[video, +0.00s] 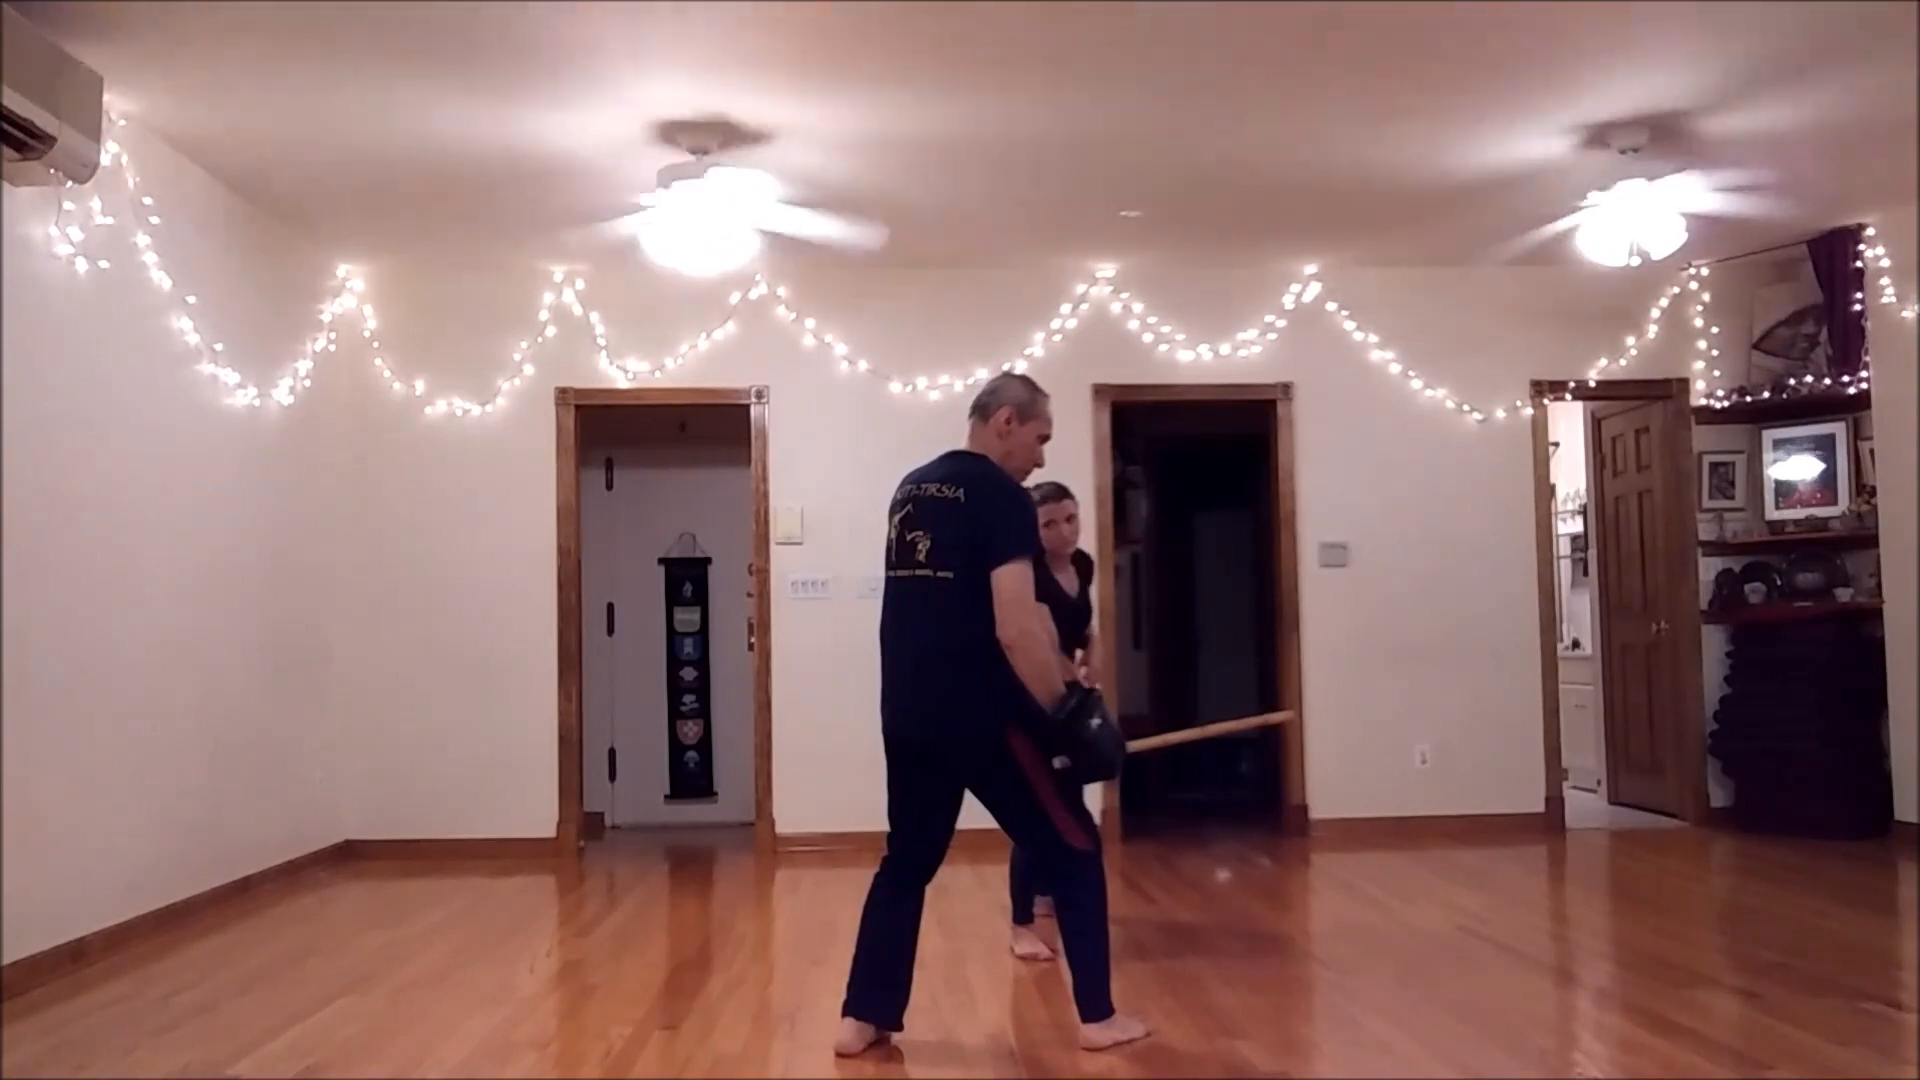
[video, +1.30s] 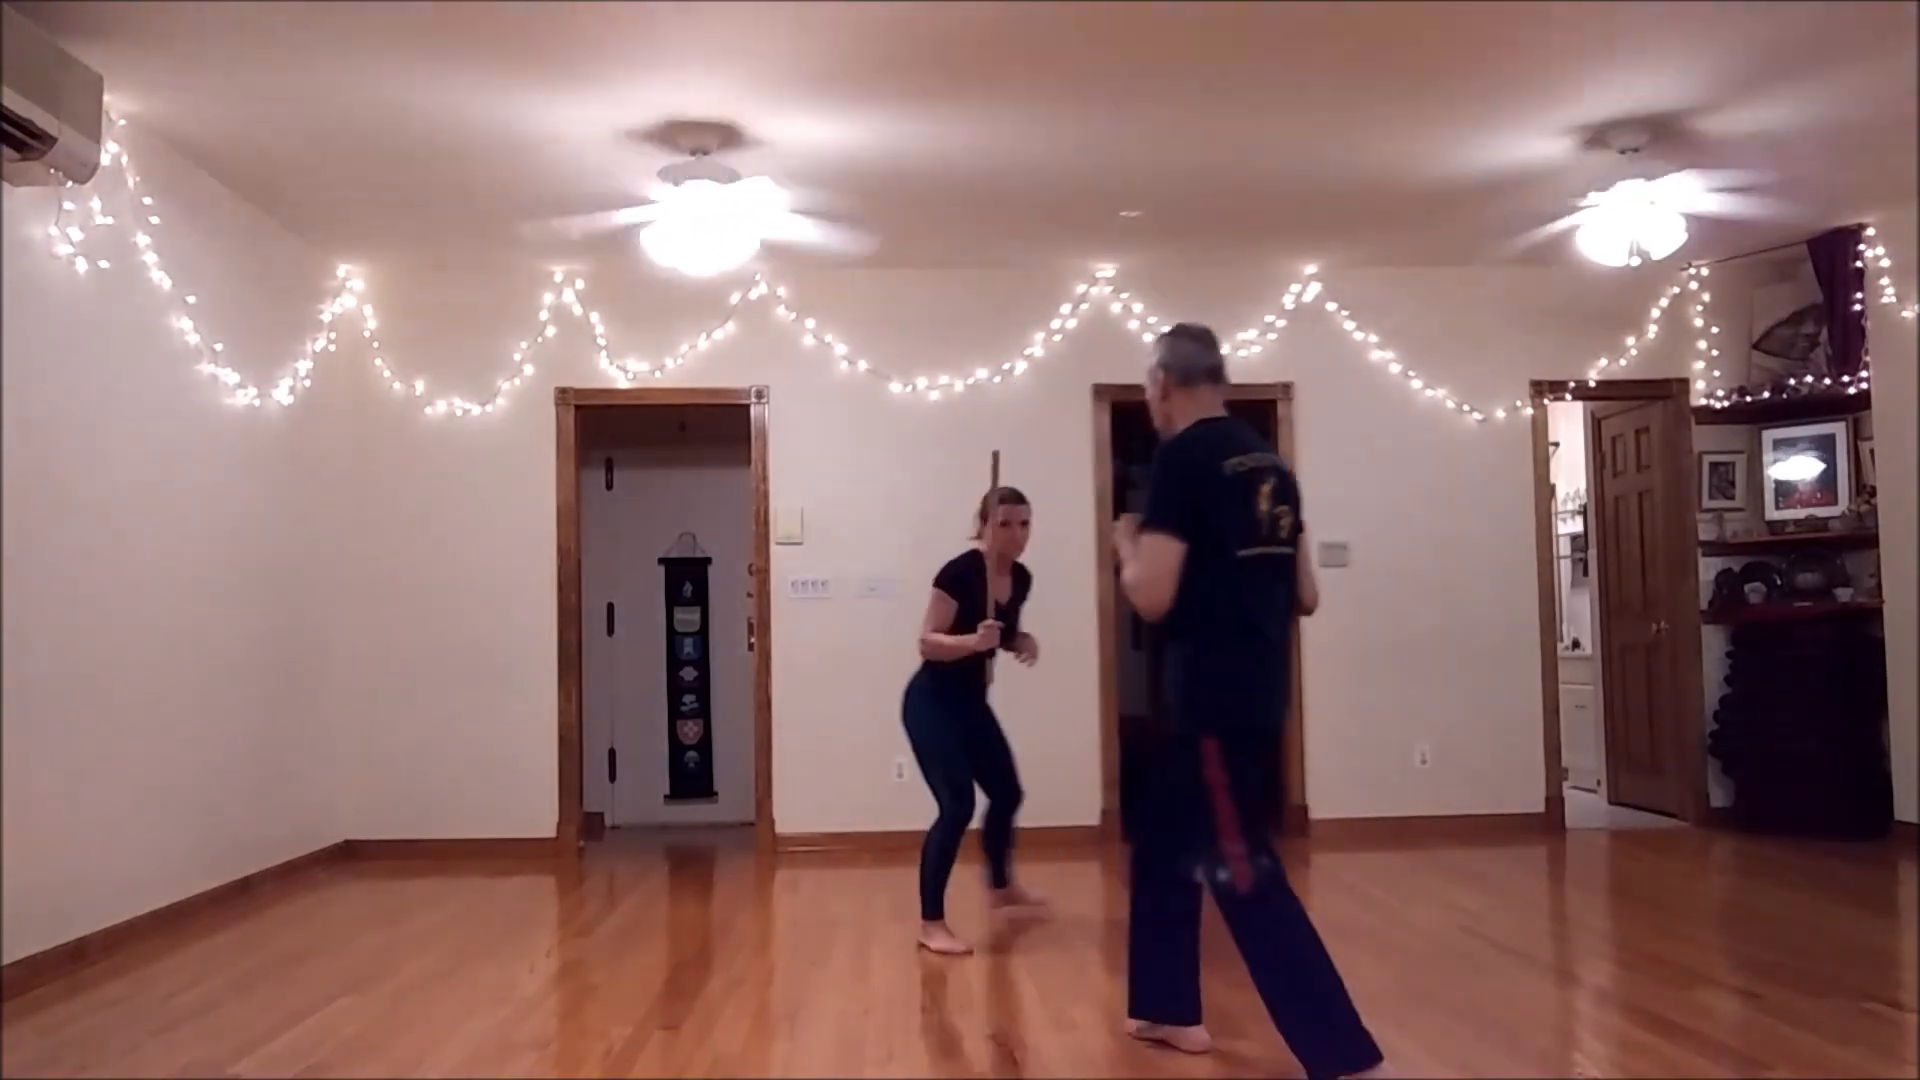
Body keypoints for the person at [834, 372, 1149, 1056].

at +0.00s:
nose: (1042, 455)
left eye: (1047, 442)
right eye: (1040, 439)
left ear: (985, 422)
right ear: (1003, 423)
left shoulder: (913, 487)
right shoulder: (999, 496)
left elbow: (926, 613)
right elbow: (1018, 627)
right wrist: (1066, 711)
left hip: (910, 711)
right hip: (982, 710)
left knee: (907, 858)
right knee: (1075, 846)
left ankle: (864, 1018)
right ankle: (1098, 1017)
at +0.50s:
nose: (1083, 445)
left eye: (1071, 434)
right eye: (1083, 434)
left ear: (1019, 429)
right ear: (1078, 432)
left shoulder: (963, 496)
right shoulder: (1097, 504)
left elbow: (922, 616)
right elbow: (1114, 622)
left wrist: (981, 590)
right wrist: (1152, 625)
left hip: (967, 717)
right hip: (1055, 717)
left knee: (914, 862)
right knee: (1109, 865)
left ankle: (866, 1017)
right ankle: (1137, 1020)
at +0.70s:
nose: (1076, 432)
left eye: (1069, 421)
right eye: (1122, 422)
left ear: (1061, 420)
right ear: (1128, 422)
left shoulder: (1034, 476)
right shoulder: (1167, 491)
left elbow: (997, 587)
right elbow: (1199, 620)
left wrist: (979, 622)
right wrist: (1160, 641)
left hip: (1042, 691)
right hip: (1131, 698)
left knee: (970, 846)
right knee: (1132, 853)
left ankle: (911, 1016)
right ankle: (1139, 1017)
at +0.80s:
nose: (1079, 425)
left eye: (1077, 416)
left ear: (1079, 413)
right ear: (1144, 412)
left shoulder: (1066, 467)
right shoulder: (1182, 481)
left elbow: (1027, 582)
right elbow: (1219, 613)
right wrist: (1166, 639)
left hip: (1069, 683)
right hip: (1152, 688)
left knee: (1022, 851)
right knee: (1135, 849)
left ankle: (1004, 1032)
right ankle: (1143, 1017)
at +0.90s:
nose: (1096, 416)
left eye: (1094, 406)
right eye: (1106, 406)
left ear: (1095, 403)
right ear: (1159, 402)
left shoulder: (1090, 464)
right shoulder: (1197, 472)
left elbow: (1047, 586)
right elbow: (1233, 604)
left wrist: (1042, 531)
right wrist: (1177, 635)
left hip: (1104, 683)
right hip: (1176, 685)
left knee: (1075, 859)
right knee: (1134, 846)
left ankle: (1118, 1038)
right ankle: (1170, 1010)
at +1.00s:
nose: (1105, 412)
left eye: (1105, 401)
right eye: (1111, 401)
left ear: (1112, 399)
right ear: (1172, 396)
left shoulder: (1111, 463)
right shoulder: (1216, 470)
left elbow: (1065, 588)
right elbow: (1249, 603)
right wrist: (1195, 639)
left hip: (1133, 679)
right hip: (1197, 679)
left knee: (1127, 861)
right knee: (1141, 850)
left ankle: (1226, 1031)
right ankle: (1157, 1012)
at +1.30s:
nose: (1148, 403)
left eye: (1148, 390)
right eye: (1150, 390)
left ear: (1161, 384)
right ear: (1222, 380)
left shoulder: (1182, 458)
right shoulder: (1266, 458)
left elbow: (1151, 596)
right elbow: (1303, 594)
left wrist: (1127, 545)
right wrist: (1214, 569)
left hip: (1203, 693)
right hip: (1252, 687)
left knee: (1238, 862)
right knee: (1165, 844)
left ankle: (1347, 1057)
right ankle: (1169, 1010)